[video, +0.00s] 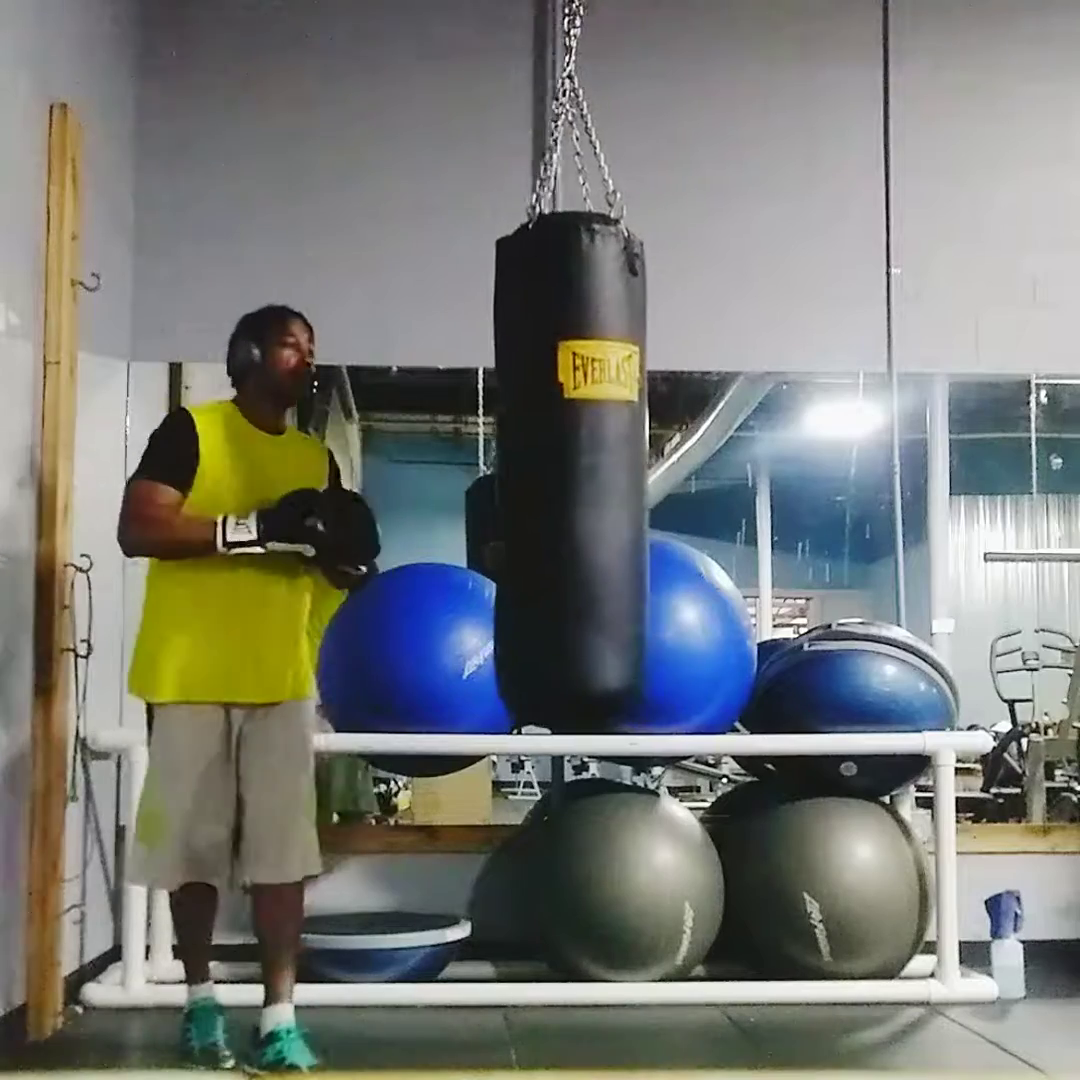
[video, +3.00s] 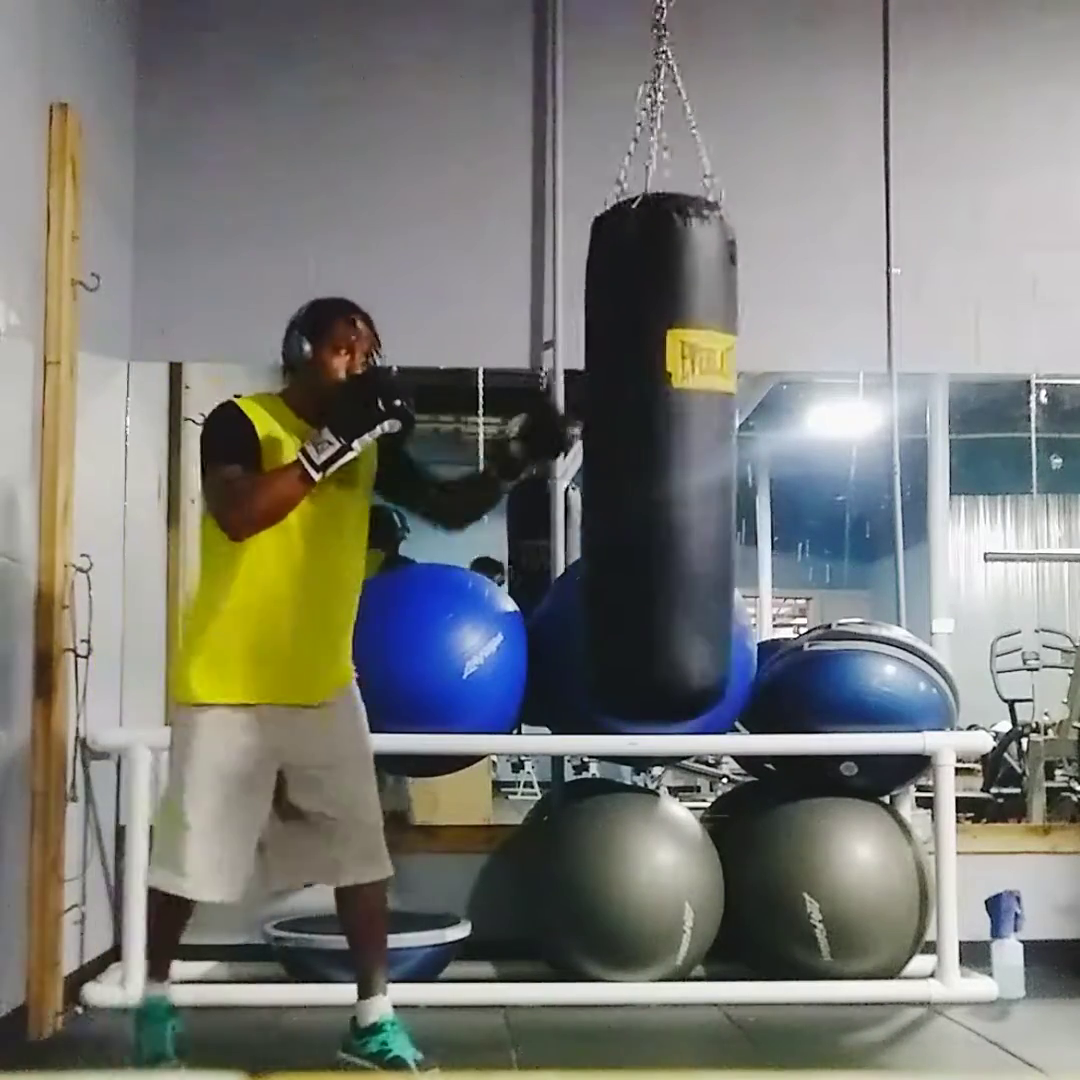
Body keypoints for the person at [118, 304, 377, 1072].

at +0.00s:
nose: (306, 360)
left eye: (309, 350)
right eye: (291, 346)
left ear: (309, 369)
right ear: (247, 358)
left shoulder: (320, 458)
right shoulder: (192, 429)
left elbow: (343, 577)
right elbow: (139, 527)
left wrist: (346, 554)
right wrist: (256, 528)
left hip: (282, 679)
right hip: (189, 674)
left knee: (282, 848)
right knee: (195, 847)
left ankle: (280, 1022)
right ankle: (202, 1008)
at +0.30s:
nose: (328, 354)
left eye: (332, 345)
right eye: (316, 338)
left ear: (325, 362)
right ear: (269, 342)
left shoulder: (325, 454)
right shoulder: (204, 407)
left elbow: (347, 580)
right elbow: (156, 503)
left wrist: (349, 539)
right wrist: (275, 504)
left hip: (282, 679)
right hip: (185, 665)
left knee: (289, 856)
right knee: (147, 841)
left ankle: (279, 1027)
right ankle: (122, 1000)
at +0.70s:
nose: (249, 340)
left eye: (250, 328)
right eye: (237, 323)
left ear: (216, 338)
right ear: (188, 326)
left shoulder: (225, 438)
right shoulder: (127, 408)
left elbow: (228, 564)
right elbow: (173, 514)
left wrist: (283, 523)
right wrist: (277, 475)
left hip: (225, 687)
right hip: (132, 691)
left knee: (274, 843)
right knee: (80, 867)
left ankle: (273, 1020)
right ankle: (16, 1045)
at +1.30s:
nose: (260, 353)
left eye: (264, 339)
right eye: (251, 333)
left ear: (229, 339)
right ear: (204, 326)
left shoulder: (206, 427)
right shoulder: (132, 392)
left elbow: (220, 548)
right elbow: (202, 483)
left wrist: (277, 463)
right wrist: (286, 428)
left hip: (209, 677)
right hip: (116, 678)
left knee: (270, 848)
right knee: (65, 871)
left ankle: (286, 1026)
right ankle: (6, 1044)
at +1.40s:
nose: (279, 354)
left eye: (286, 342)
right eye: (270, 333)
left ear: (273, 353)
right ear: (219, 325)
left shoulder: (247, 424)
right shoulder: (147, 395)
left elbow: (329, 487)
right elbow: (195, 489)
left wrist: (392, 447)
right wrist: (282, 433)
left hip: (224, 675)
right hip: (130, 678)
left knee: (265, 850)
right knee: (70, 871)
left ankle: (281, 1033)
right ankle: (11, 1041)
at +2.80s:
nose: (334, 368)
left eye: (340, 356)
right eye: (322, 351)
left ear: (338, 367)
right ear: (278, 354)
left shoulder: (330, 445)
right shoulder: (209, 422)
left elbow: (351, 558)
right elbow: (233, 512)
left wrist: (385, 502)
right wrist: (324, 434)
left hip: (297, 686)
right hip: (197, 687)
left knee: (351, 845)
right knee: (134, 856)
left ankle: (372, 1017)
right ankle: (77, 1018)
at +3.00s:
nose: (357, 365)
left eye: (367, 355)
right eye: (342, 348)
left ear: (370, 368)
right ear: (299, 351)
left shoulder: (367, 442)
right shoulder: (239, 421)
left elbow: (451, 508)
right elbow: (239, 514)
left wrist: (516, 458)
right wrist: (337, 439)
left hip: (322, 682)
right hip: (225, 679)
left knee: (362, 850)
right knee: (186, 857)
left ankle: (374, 1017)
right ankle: (152, 1006)